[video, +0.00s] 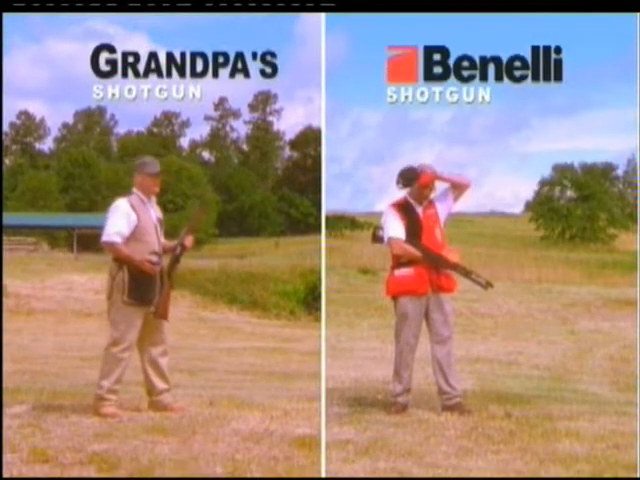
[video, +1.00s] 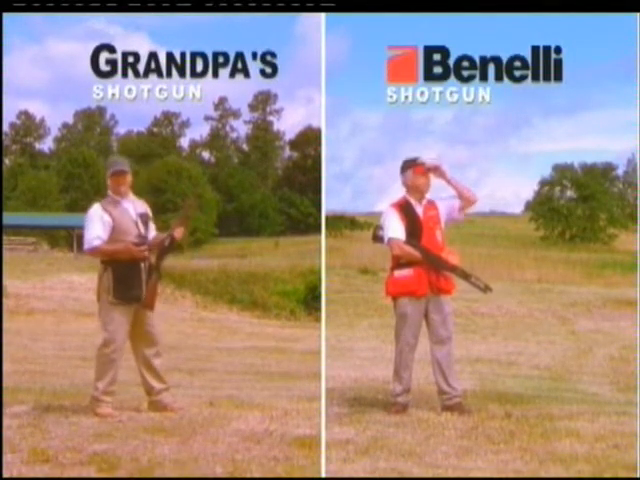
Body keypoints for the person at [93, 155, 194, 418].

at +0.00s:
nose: (157, 183)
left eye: (158, 178)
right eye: (152, 178)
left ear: (158, 181)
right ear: (138, 179)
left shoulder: (154, 209)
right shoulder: (123, 206)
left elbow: (155, 244)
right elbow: (110, 241)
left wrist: (178, 245)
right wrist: (139, 262)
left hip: (153, 275)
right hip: (128, 277)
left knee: (155, 341)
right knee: (121, 341)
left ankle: (160, 396)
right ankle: (106, 398)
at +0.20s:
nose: (168, 183)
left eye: (170, 178)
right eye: (163, 178)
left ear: (169, 181)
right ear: (147, 179)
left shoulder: (164, 211)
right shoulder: (131, 205)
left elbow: (165, 247)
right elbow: (115, 240)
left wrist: (187, 247)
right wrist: (148, 256)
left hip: (155, 280)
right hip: (130, 279)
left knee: (156, 341)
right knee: (122, 339)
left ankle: (159, 396)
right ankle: (105, 396)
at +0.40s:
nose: (166, 183)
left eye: (168, 178)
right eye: (161, 178)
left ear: (169, 181)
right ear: (146, 178)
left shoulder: (164, 212)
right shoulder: (130, 205)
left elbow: (166, 246)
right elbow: (116, 240)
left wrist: (186, 248)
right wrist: (149, 255)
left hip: (154, 281)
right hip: (129, 279)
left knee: (155, 342)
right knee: (119, 339)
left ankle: (159, 397)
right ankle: (102, 398)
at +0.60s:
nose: (149, 183)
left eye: (152, 178)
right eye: (144, 177)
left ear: (155, 180)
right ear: (132, 179)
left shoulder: (153, 210)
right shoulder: (117, 207)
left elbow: (157, 244)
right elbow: (107, 243)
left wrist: (178, 246)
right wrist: (142, 254)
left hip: (149, 279)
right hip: (123, 279)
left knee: (152, 342)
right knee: (118, 341)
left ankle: (159, 396)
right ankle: (102, 399)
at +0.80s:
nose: (130, 181)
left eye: (134, 176)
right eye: (125, 176)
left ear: (140, 179)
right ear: (115, 179)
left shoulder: (143, 209)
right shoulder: (105, 209)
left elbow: (148, 243)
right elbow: (96, 245)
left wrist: (171, 241)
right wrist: (131, 251)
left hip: (143, 283)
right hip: (116, 283)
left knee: (152, 341)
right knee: (115, 341)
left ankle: (159, 396)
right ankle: (102, 399)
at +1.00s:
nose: (119, 181)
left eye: (123, 175)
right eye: (114, 176)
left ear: (131, 178)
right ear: (107, 180)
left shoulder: (142, 208)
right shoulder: (99, 211)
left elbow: (151, 242)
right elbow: (92, 247)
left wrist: (169, 238)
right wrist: (126, 251)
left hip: (141, 284)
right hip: (114, 283)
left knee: (148, 342)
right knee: (113, 341)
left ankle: (158, 396)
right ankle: (101, 398)